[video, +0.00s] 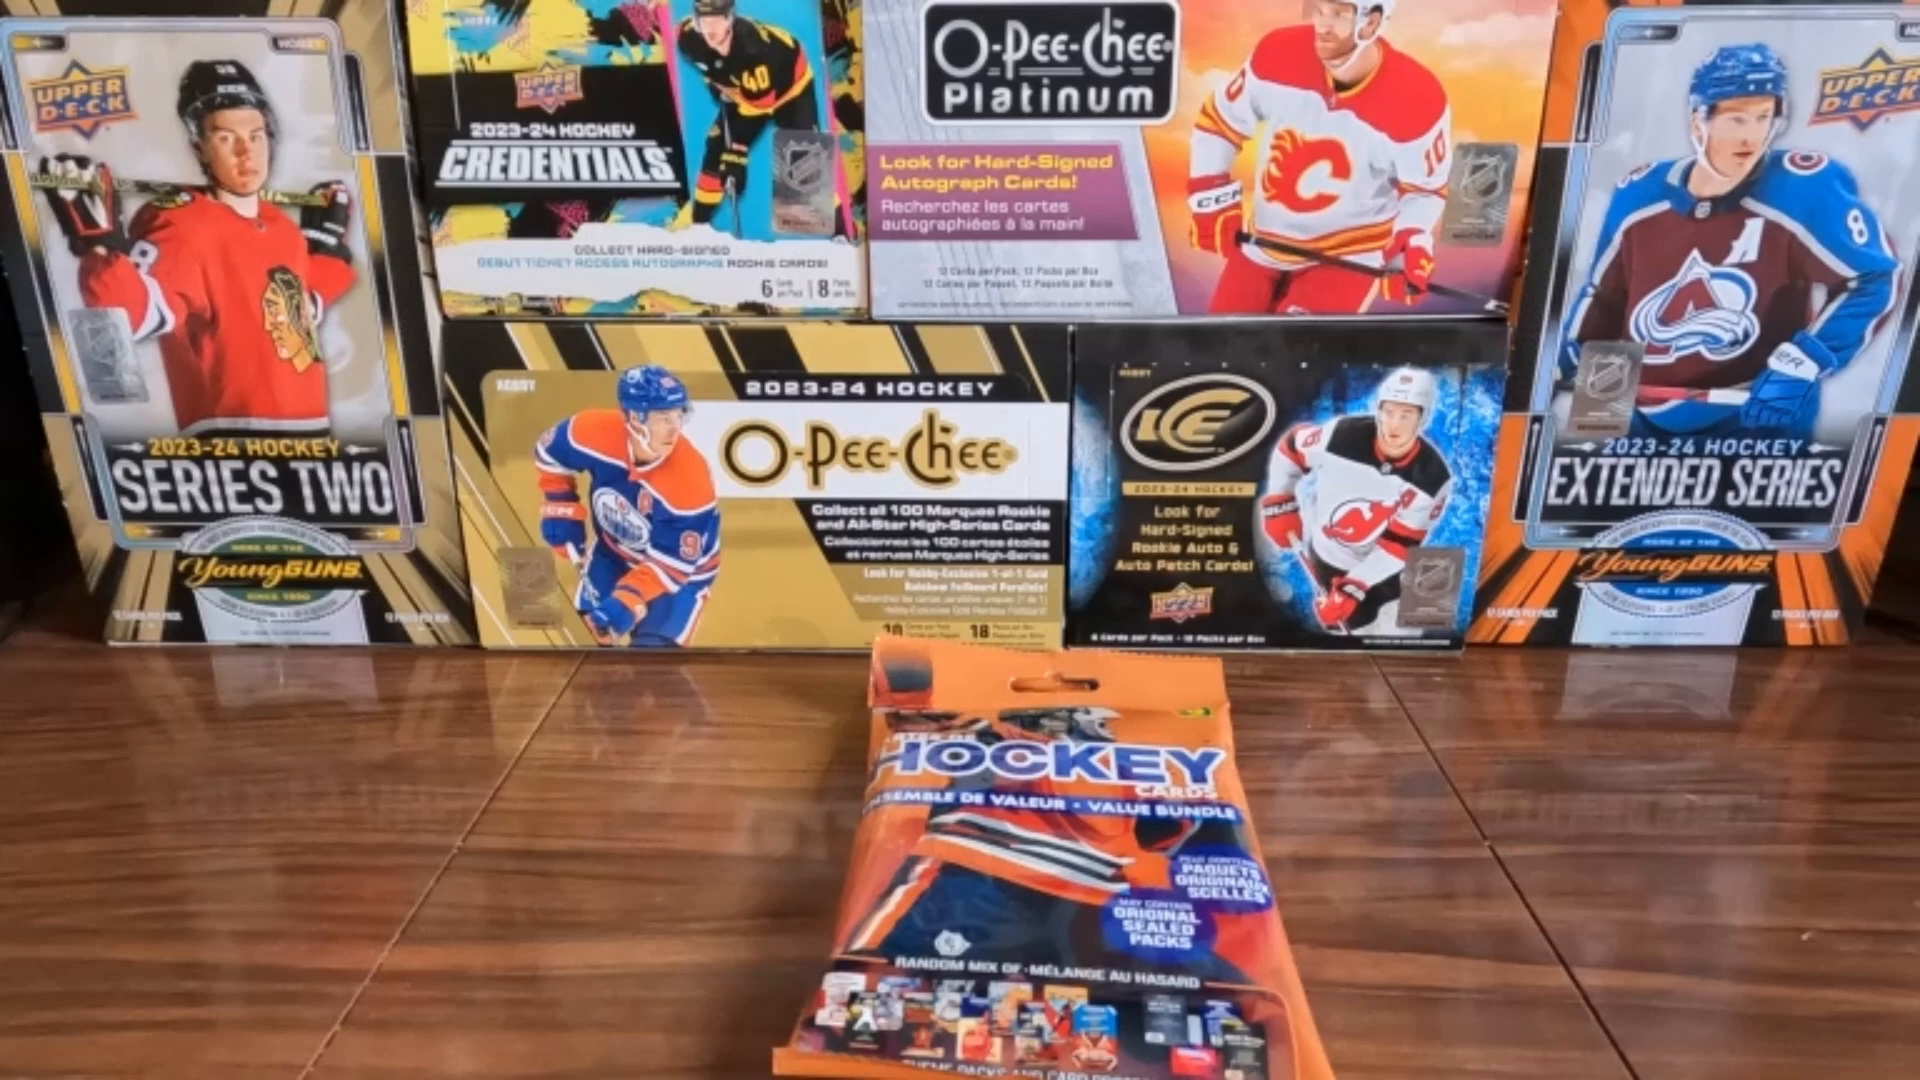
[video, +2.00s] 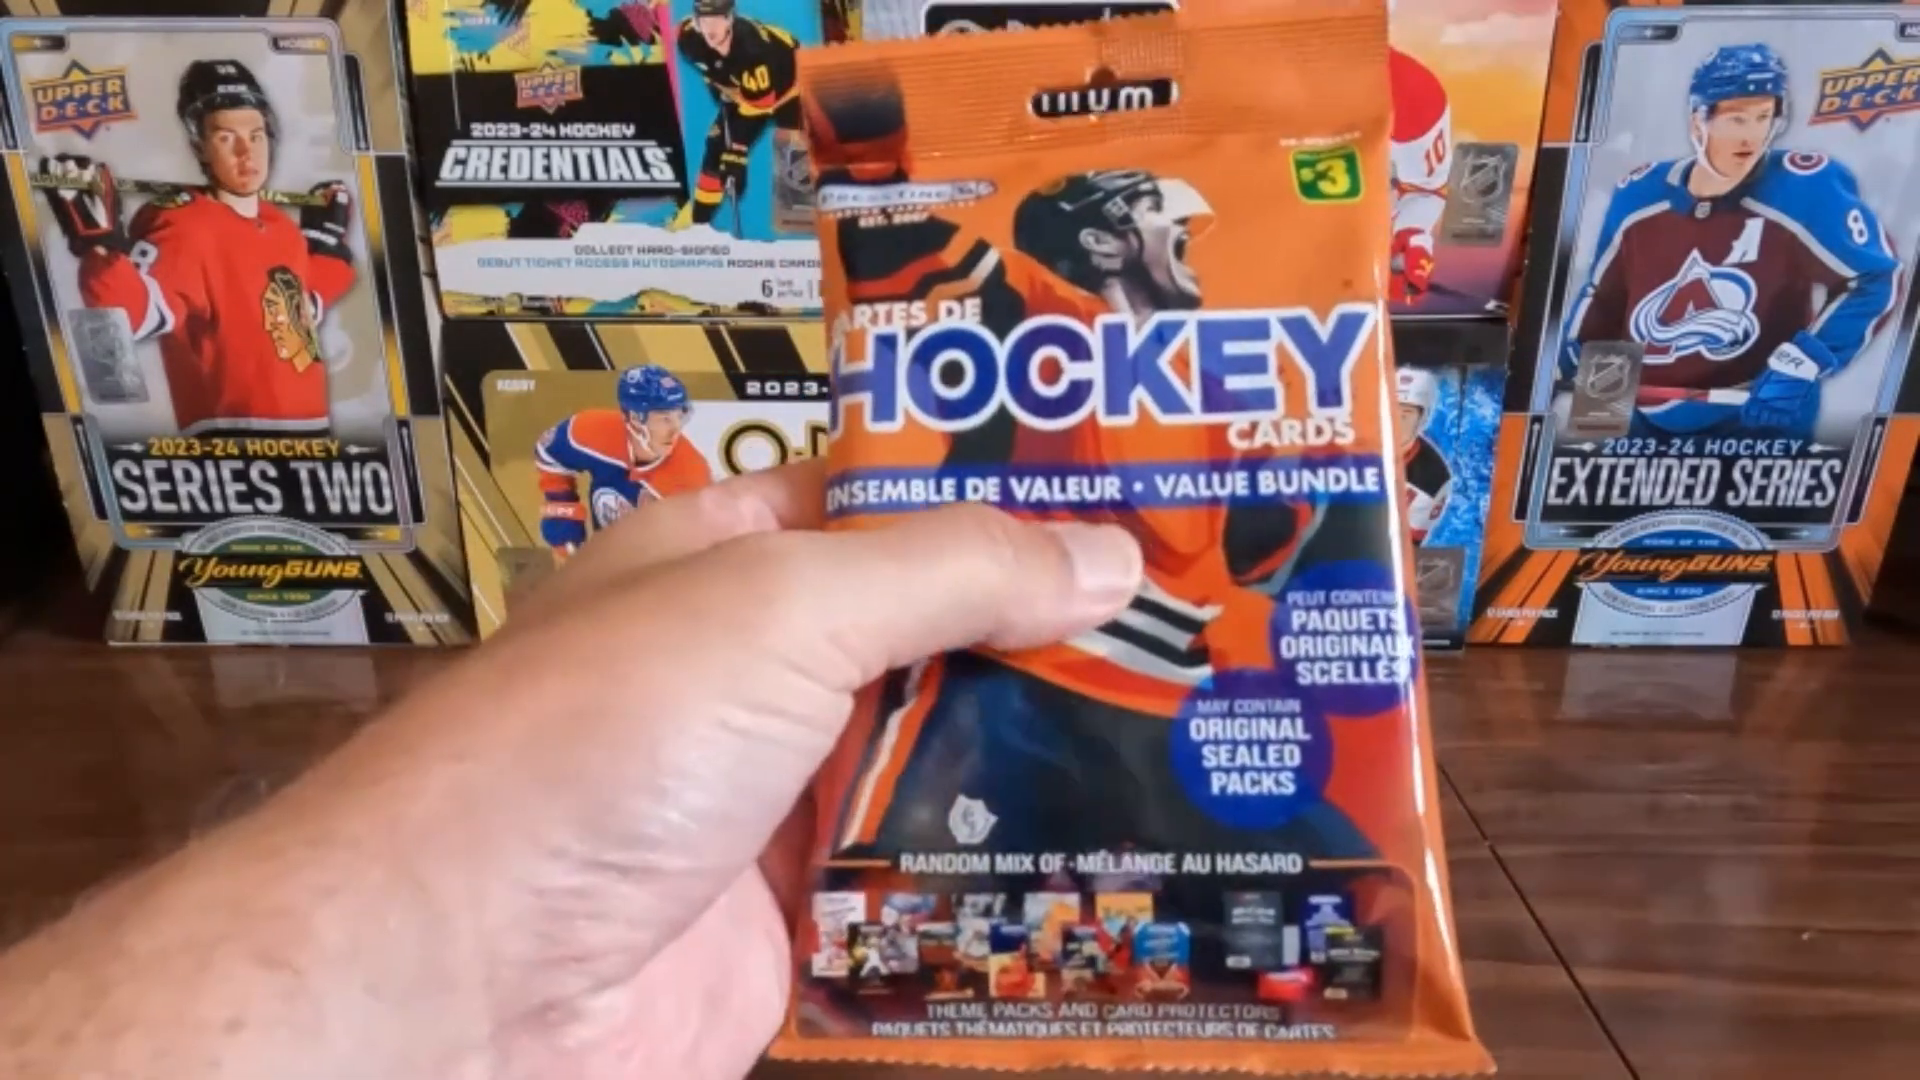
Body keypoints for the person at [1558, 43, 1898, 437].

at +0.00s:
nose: (1749, 135)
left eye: (1762, 118)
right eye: (1734, 119)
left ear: (1775, 123)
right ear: (1698, 124)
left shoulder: (1803, 193)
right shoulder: (1638, 197)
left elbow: (1878, 279)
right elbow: (1600, 296)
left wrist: (1801, 364)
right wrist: (1570, 365)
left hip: (1743, 425)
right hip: (1637, 420)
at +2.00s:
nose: (1749, 134)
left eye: (1762, 118)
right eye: (1734, 119)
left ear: (1775, 123)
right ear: (1698, 124)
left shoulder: (1804, 192)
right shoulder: (1638, 197)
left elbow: (1878, 279)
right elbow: (1600, 297)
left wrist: (1801, 365)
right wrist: (1573, 367)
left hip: (1745, 427)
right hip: (1638, 422)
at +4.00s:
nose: (1750, 135)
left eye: (1762, 118)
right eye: (1734, 119)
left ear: (1775, 122)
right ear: (1698, 124)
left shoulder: (1804, 192)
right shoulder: (1637, 197)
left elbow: (1879, 278)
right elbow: (1600, 297)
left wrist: (1802, 364)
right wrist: (1576, 361)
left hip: (1744, 427)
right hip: (1637, 421)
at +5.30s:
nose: (1750, 137)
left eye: (1762, 119)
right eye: (1735, 119)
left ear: (1775, 123)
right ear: (1698, 124)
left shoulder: (1806, 194)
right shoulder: (1639, 198)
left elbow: (1878, 281)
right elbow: (1597, 301)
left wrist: (1796, 370)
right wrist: (1563, 380)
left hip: (1749, 415)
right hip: (1642, 412)